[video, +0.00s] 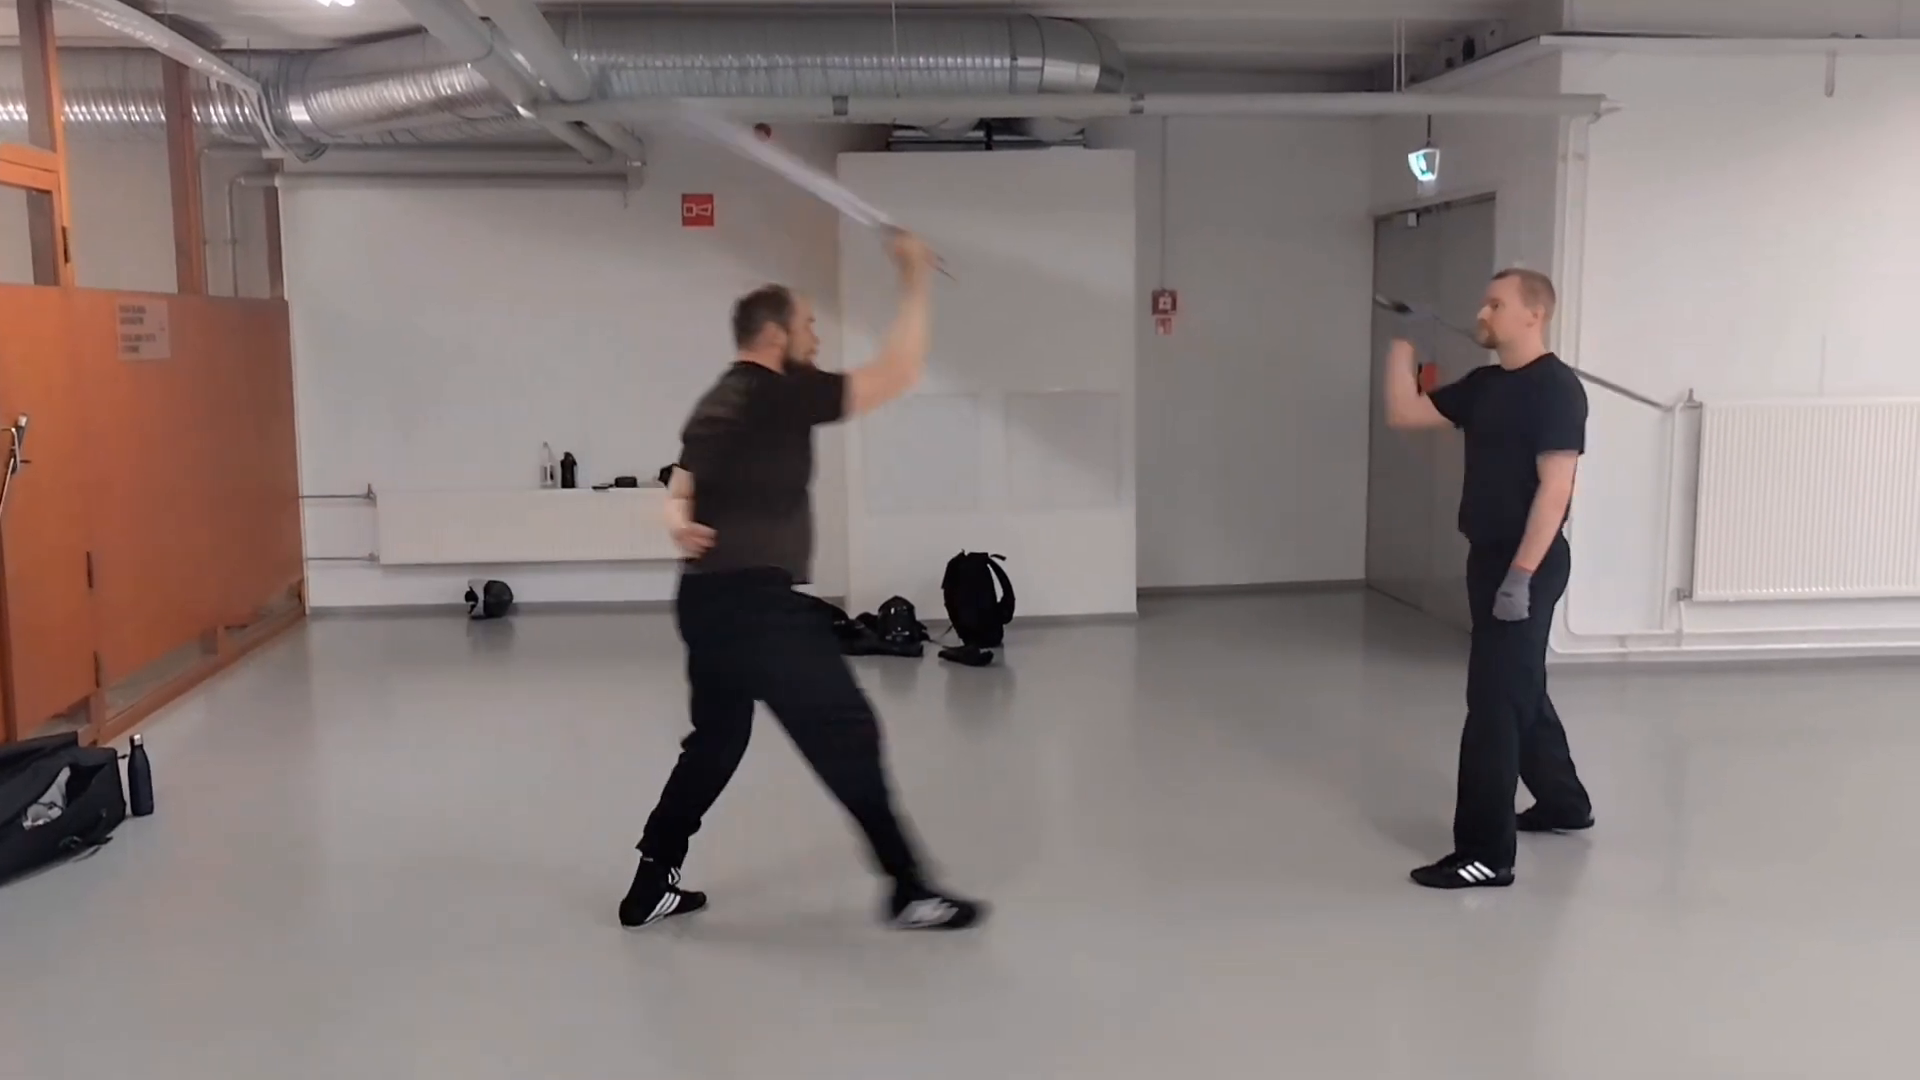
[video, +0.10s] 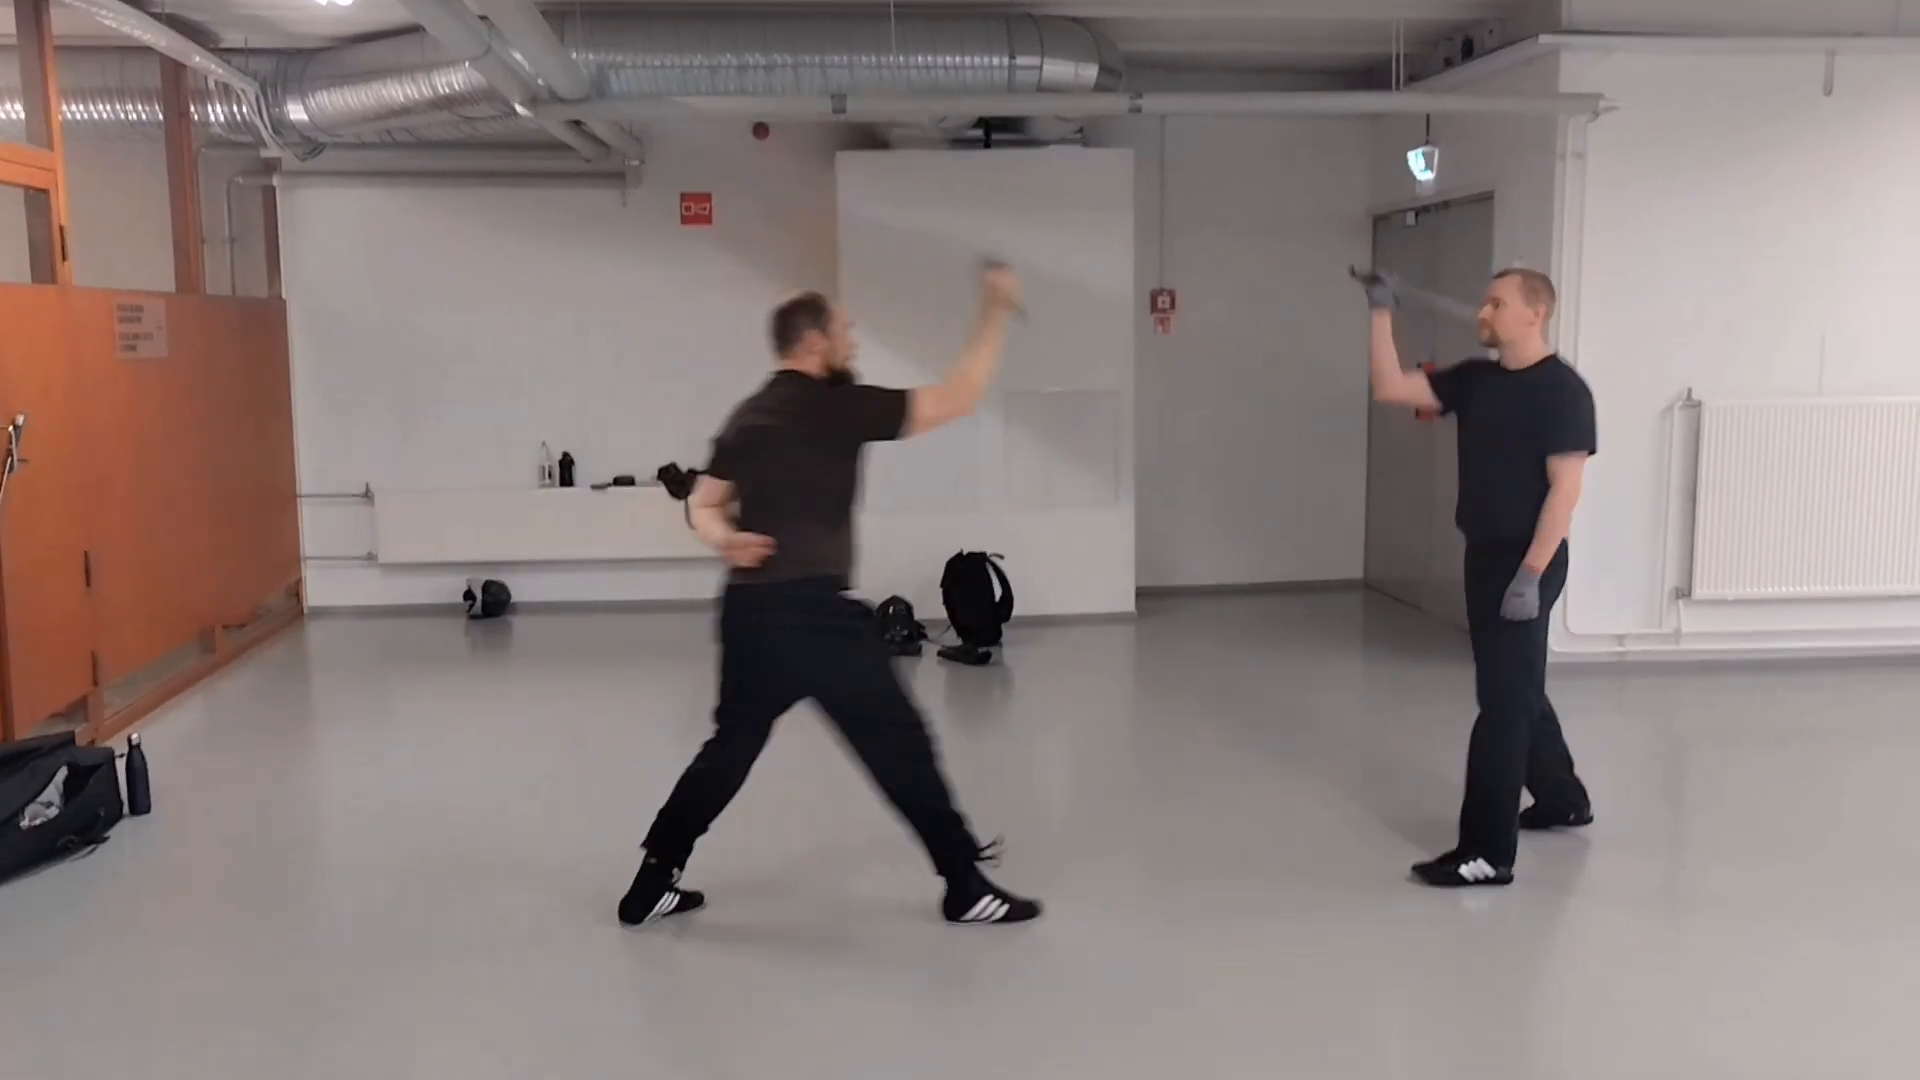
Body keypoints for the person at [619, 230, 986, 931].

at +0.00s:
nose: (816, 338)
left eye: (812, 326)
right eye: (808, 326)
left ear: (753, 338)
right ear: (774, 334)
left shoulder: (717, 403)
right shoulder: (787, 391)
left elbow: (681, 489)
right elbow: (897, 373)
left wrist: (678, 520)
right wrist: (917, 278)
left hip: (709, 597)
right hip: (763, 600)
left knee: (716, 743)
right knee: (845, 735)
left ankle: (650, 885)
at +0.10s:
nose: (852, 339)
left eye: (847, 328)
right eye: (843, 329)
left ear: (790, 347)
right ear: (813, 343)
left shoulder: (751, 416)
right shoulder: (838, 404)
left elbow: (703, 504)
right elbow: (953, 400)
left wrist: (726, 539)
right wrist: (997, 313)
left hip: (751, 612)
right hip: (819, 611)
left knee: (731, 748)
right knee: (898, 747)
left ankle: (649, 885)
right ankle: (965, 885)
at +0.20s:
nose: (895, 345)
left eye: (891, 333)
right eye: (888, 334)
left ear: (833, 352)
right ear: (862, 346)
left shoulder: (790, 420)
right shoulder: (893, 413)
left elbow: (741, 511)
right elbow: (1002, 417)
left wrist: (771, 544)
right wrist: (1067, 352)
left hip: (786, 616)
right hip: (865, 614)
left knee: (753, 749)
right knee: (947, 731)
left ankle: (659, 879)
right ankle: (976, 888)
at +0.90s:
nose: (804, 331)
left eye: (799, 319)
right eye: (792, 319)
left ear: (745, 337)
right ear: (759, 331)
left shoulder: (726, 407)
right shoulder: (784, 390)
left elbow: (737, 502)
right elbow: (894, 414)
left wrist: (717, 531)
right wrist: (983, 359)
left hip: (753, 601)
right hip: (810, 595)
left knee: (776, 749)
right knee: (903, 722)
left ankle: (690, 869)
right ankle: (973, 861)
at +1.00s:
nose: (754, 331)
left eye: (749, 318)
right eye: (743, 319)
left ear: (694, 336)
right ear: (709, 331)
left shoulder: (680, 403)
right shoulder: (731, 392)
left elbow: (710, 498)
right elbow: (847, 426)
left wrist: (690, 537)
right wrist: (924, 374)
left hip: (715, 601)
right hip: (766, 594)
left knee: (760, 745)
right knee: (865, 709)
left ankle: (687, 871)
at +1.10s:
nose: (716, 324)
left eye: (712, 309)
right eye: (706, 311)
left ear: (654, 328)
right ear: (673, 322)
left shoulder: (636, 397)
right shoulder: (696, 385)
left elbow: (660, 498)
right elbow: (794, 450)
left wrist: (644, 529)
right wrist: (872, 418)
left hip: (667, 592)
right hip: (715, 585)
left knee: (739, 720)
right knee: (794, 722)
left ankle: (685, 869)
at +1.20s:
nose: (684, 316)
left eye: (680, 302)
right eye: (675, 303)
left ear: (623, 316)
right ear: (638, 312)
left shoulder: (590, 392)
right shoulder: (674, 382)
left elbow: (591, 497)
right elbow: (764, 481)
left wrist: (592, 517)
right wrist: (814, 475)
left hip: (618, 586)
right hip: (666, 584)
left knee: (691, 729)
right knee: (707, 737)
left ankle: (681, 867)